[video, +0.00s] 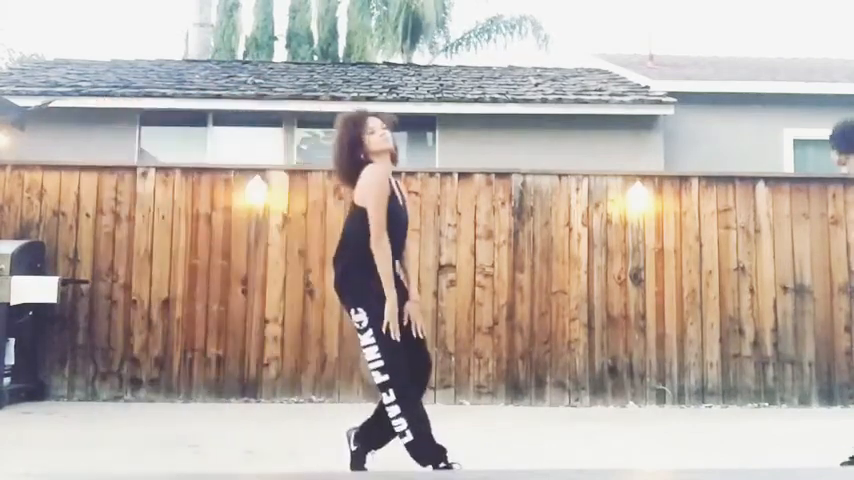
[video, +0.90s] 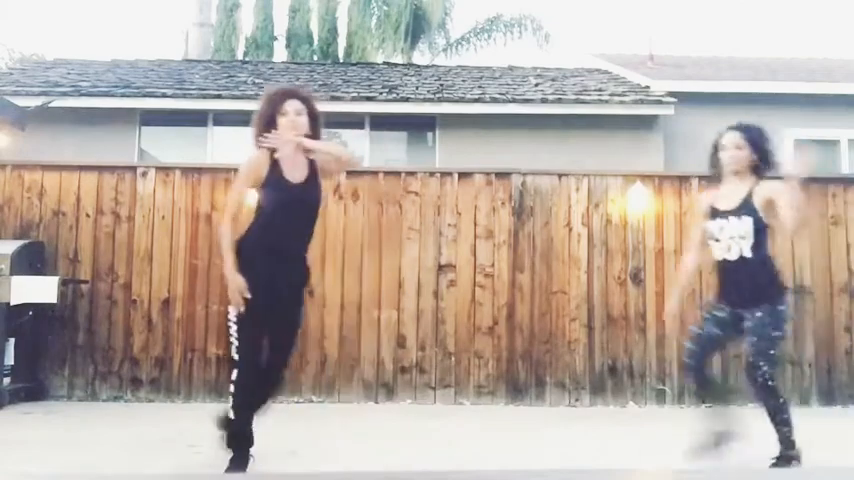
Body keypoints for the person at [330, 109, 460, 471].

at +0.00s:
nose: (385, 133)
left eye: (384, 128)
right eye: (375, 131)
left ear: (389, 135)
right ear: (362, 145)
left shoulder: (392, 178)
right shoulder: (375, 174)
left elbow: (396, 245)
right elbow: (377, 239)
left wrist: (410, 295)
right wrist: (390, 296)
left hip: (383, 278)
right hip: (360, 279)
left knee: (418, 362)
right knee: (391, 367)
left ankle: (366, 437)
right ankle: (431, 456)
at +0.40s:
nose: (373, 145)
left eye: (374, 140)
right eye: (363, 143)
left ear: (379, 148)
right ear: (349, 155)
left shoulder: (385, 200)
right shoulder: (352, 190)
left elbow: (396, 255)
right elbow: (358, 257)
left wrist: (409, 313)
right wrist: (369, 318)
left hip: (359, 282)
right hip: (329, 285)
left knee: (387, 367)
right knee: (369, 369)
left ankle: (349, 440)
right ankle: (416, 454)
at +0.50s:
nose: (359, 140)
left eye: (362, 134)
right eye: (349, 137)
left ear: (368, 143)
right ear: (334, 148)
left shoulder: (371, 188)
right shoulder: (333, 185)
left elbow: (387, 237)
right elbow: (337, 252)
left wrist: (409, 286)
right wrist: (345, 313)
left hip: (354, 278)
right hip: (322, 283)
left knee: (376, 362)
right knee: (357, 362)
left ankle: (352, 442)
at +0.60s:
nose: (344, 128)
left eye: (347, 123)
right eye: (334, 125)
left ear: (353, 134)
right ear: (320, 137)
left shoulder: (355, 180)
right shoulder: (317, 173)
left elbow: (378, 215)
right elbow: (312, 238)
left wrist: (394, 250)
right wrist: (316, 298)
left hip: (344, 271)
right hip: (313, 271)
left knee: (360, 356)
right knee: (316, 358)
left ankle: (346, 441)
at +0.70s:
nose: (325, 118)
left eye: (330, 112)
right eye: (316, 114)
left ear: (339, 121)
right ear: (302, 123)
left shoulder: (337, 167)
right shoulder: (300, 158)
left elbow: (375, 189)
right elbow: (285, 220)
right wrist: (285, 284)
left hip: (326, 264)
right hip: (291, 261)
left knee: (335, 356)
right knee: (276, 364)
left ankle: (344, 442)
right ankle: (244, 444)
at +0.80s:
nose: (308, 117)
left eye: (314, 111)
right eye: (300, 111)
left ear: (324, 119)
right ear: (286, 118)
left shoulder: (327, 160)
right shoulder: (277, 156)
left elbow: (363, 167)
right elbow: (254, 216)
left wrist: (339, 160)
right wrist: (254, 275)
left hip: (307, 264)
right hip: (269, 263)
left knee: (307, 354)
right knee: (257, 358)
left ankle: (299, 440)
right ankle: (241, 450)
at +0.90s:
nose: (294, 121)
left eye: (300, 114)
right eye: (286, 114)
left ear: (311, 123)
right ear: (271, 123)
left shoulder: (317, 163)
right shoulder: (260, 161)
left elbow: (344, 156)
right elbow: (228, 218)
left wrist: (299, 142)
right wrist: (230, 272)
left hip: (292, 269)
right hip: (253, 265)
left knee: (279, 361)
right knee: (249, 358)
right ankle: (241, 448)